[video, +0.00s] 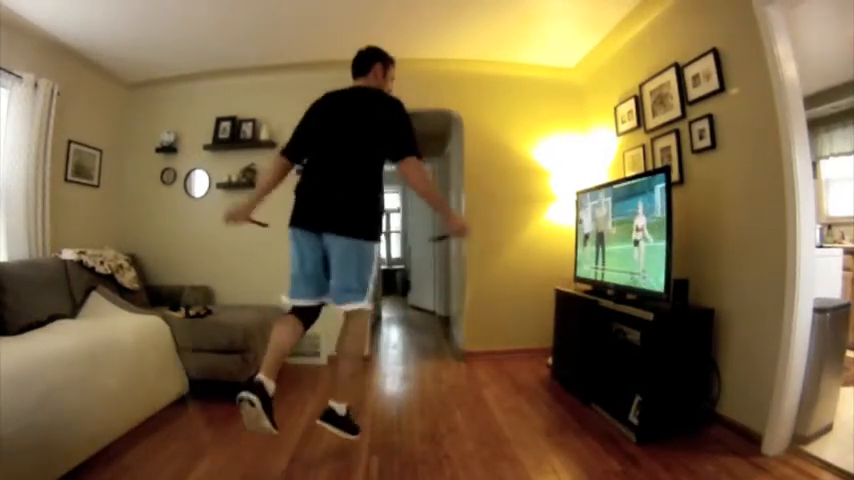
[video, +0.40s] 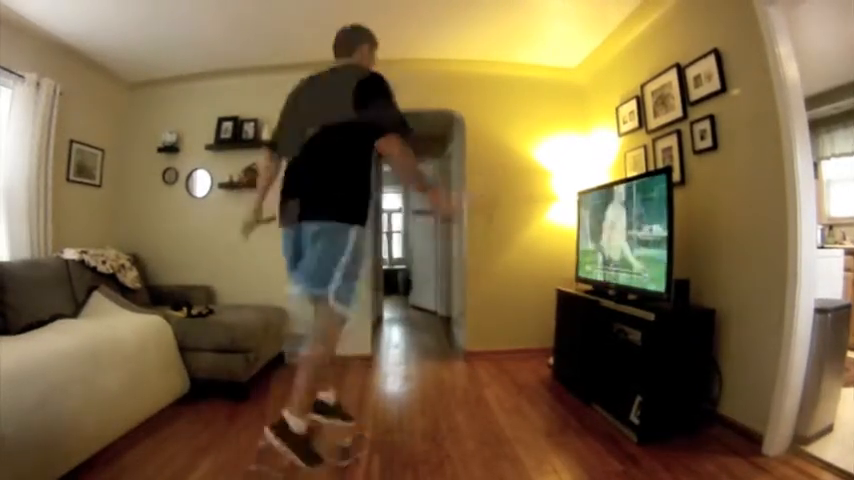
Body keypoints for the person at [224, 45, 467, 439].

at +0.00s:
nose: (392, 83)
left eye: (391, 77)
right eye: (391, 76)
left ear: (356, 73)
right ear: (379, 72)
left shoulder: (325, 103)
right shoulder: (389, 109)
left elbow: (286, 160)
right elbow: (411, 169)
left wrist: (251, 202)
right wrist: (448, 213)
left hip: (306, 217)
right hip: (354, 223)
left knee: (303, 307)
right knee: (356, 313)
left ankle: (263, 383)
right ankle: (339, 406)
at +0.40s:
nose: (388, 113)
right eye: (386, 105)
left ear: (349, 102)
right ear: (380, 100)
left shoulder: (320, 125)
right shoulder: (372, 103)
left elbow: (280, 164)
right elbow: (391, 148)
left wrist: (257, 208)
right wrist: (430, 191)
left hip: (299, 214)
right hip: (339, 213)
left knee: (325, 312)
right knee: (329, 316)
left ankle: (325, 396)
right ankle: (293, 419)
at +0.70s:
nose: (381, 106)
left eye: (380, 98)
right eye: (380, 98)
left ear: (341, 100)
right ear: (374, 98)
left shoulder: (315, 139)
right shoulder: (378, 138)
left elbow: (277, 192)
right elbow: (413, 200)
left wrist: (274, 211)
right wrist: (471, 213)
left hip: (301, 270)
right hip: (346, 273)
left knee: (330, 361)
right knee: (359, 376)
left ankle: (323, 435)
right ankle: (327, 463)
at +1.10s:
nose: (389, 68)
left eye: (386, 62)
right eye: (388, 62)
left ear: (351, 59)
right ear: (382, 59)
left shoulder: (322, 95)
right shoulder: (390, 93)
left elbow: (292, 162)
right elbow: (419, 154)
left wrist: (271, 212)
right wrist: (458, 202)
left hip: (311, 212)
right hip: (356, 211)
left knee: (337, 315)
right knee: (347, 314)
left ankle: (346, 410)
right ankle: (332, 417)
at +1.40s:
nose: (396, 97)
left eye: (391, 91)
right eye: (396, 91)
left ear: (358, 90)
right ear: (391, 90)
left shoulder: (332, 128)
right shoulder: (397, 129)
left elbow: (287, 174)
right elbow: (426, 187)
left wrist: (268, 200)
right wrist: (473, 205)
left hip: (319, 249)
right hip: (365, 252)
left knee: (343, 345)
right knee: (377, 354)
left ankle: (342, 425)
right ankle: (360, 453)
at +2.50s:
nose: (378, 84)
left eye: (376, 78)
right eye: (379, 78)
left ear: (340, 74)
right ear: (372, 76)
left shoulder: (309, 112)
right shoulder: (378, 116)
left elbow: (280, 178)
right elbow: (407, 182)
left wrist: (262, 229)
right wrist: (444, 238)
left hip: (296, 235)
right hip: (341, 238)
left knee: (316, 336)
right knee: (342, 340)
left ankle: (319, 416)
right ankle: (333, 443)